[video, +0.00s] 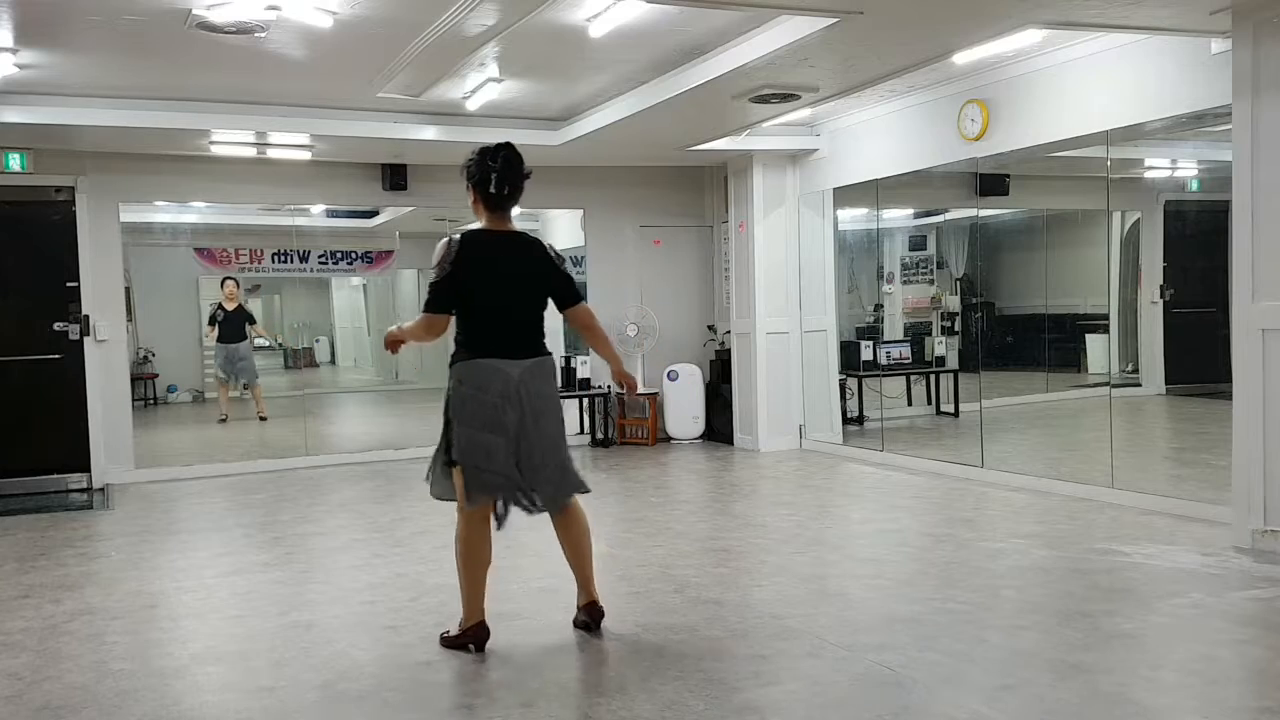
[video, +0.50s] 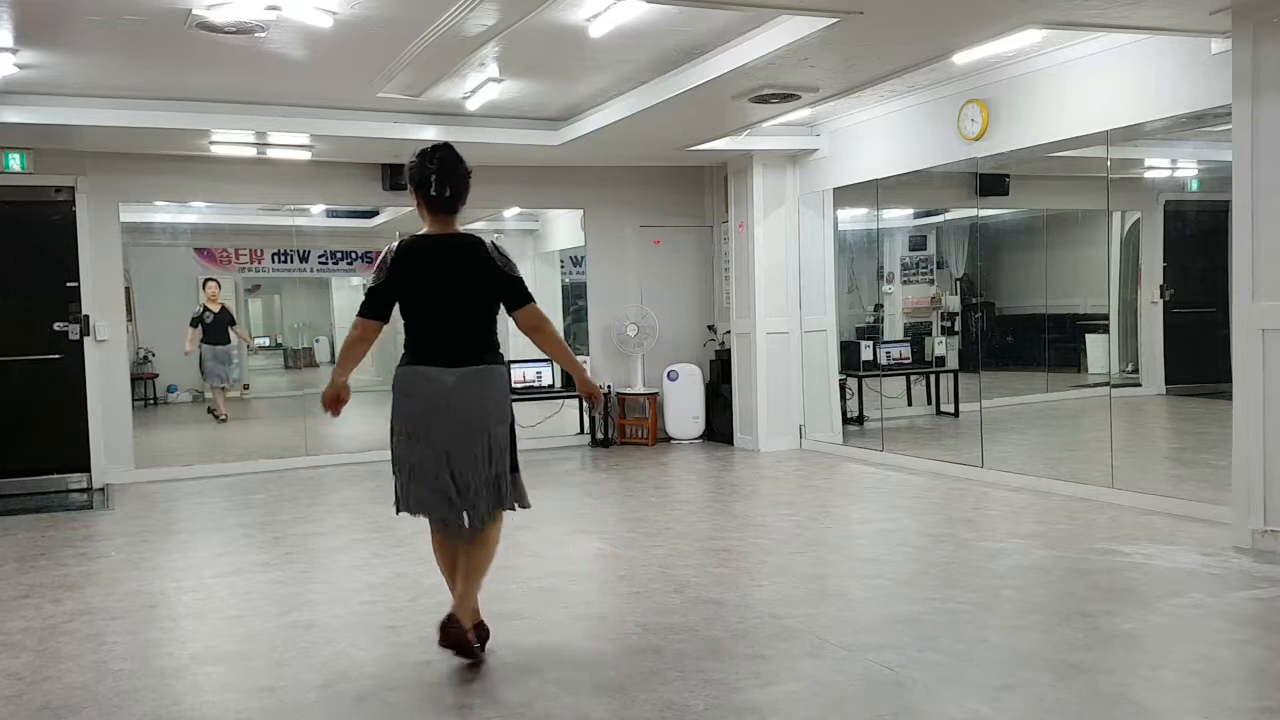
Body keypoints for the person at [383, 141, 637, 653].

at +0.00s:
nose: (469, 196)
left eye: (469, 190)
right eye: (471, 189)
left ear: (473, 194)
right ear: (519, 193)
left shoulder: (458, 249)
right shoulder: (539, 253)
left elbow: (435, 324)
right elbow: (581, 316)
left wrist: (404, 333)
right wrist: (617, 364)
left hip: (478, 381)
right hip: (537, 380)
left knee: (474, 500)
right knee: (560, 490)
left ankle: (473, 622)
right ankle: (590, 601)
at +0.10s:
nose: (456, 195)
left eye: (454, 189)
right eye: (461, 188)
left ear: (458, 195)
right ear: (505, 194)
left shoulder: (440, 251)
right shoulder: (524, 252)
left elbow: (412, 324)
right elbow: (568, 321)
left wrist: (390, 330)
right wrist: (607, 372)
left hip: (463, 380)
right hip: (523, 379)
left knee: (465, 503)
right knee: (548, 490)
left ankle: (472, 623)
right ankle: (586, 596)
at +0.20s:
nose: (444, 195)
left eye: (442, 188)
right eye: (453, 187)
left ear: (444, 195)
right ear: (492, 194)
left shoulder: (426, 251)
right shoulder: (513, 252)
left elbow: (396, 323)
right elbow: (553, 320)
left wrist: (379, 333)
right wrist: (595, 373)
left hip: (449, 380)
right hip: (511, 378)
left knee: (459, 503)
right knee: (534, 488)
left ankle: (473, 623)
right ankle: (575, 599)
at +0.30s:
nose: (431, 197)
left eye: (430, 190)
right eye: (443, 189)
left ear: (433, 196)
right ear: (481, 194)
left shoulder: (416, 252)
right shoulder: (503, 252)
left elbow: (383, 323)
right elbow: (544, 320)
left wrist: (370, 347)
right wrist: (587, 371)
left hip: (439, 381)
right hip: (503, 378)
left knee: (452, 505)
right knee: (519, 495)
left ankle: (473, 623)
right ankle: (547, 605)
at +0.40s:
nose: (428, 198)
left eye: (424, 191)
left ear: (424, 197)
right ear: (473, 195)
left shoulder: (408, 254)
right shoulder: (494, 252)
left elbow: (376, 320)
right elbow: (538, 320)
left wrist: (356, 358)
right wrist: (584, 371)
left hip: (430, 383)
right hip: (493, 382)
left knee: (448, 508)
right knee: (503, 500)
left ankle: (472, 623)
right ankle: (504, 612)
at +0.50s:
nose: (426, 200)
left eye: (417, 193)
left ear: (416, 198)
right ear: (465, 195)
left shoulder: (400, 257)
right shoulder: (488, 254)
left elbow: (366, 328)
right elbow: (531, 320)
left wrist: (339, 377)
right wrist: (577, 370)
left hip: (419, 390)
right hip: (484, 389)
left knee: (442, 508)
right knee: (489, 503)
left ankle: (470, 621)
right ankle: (461, 611)